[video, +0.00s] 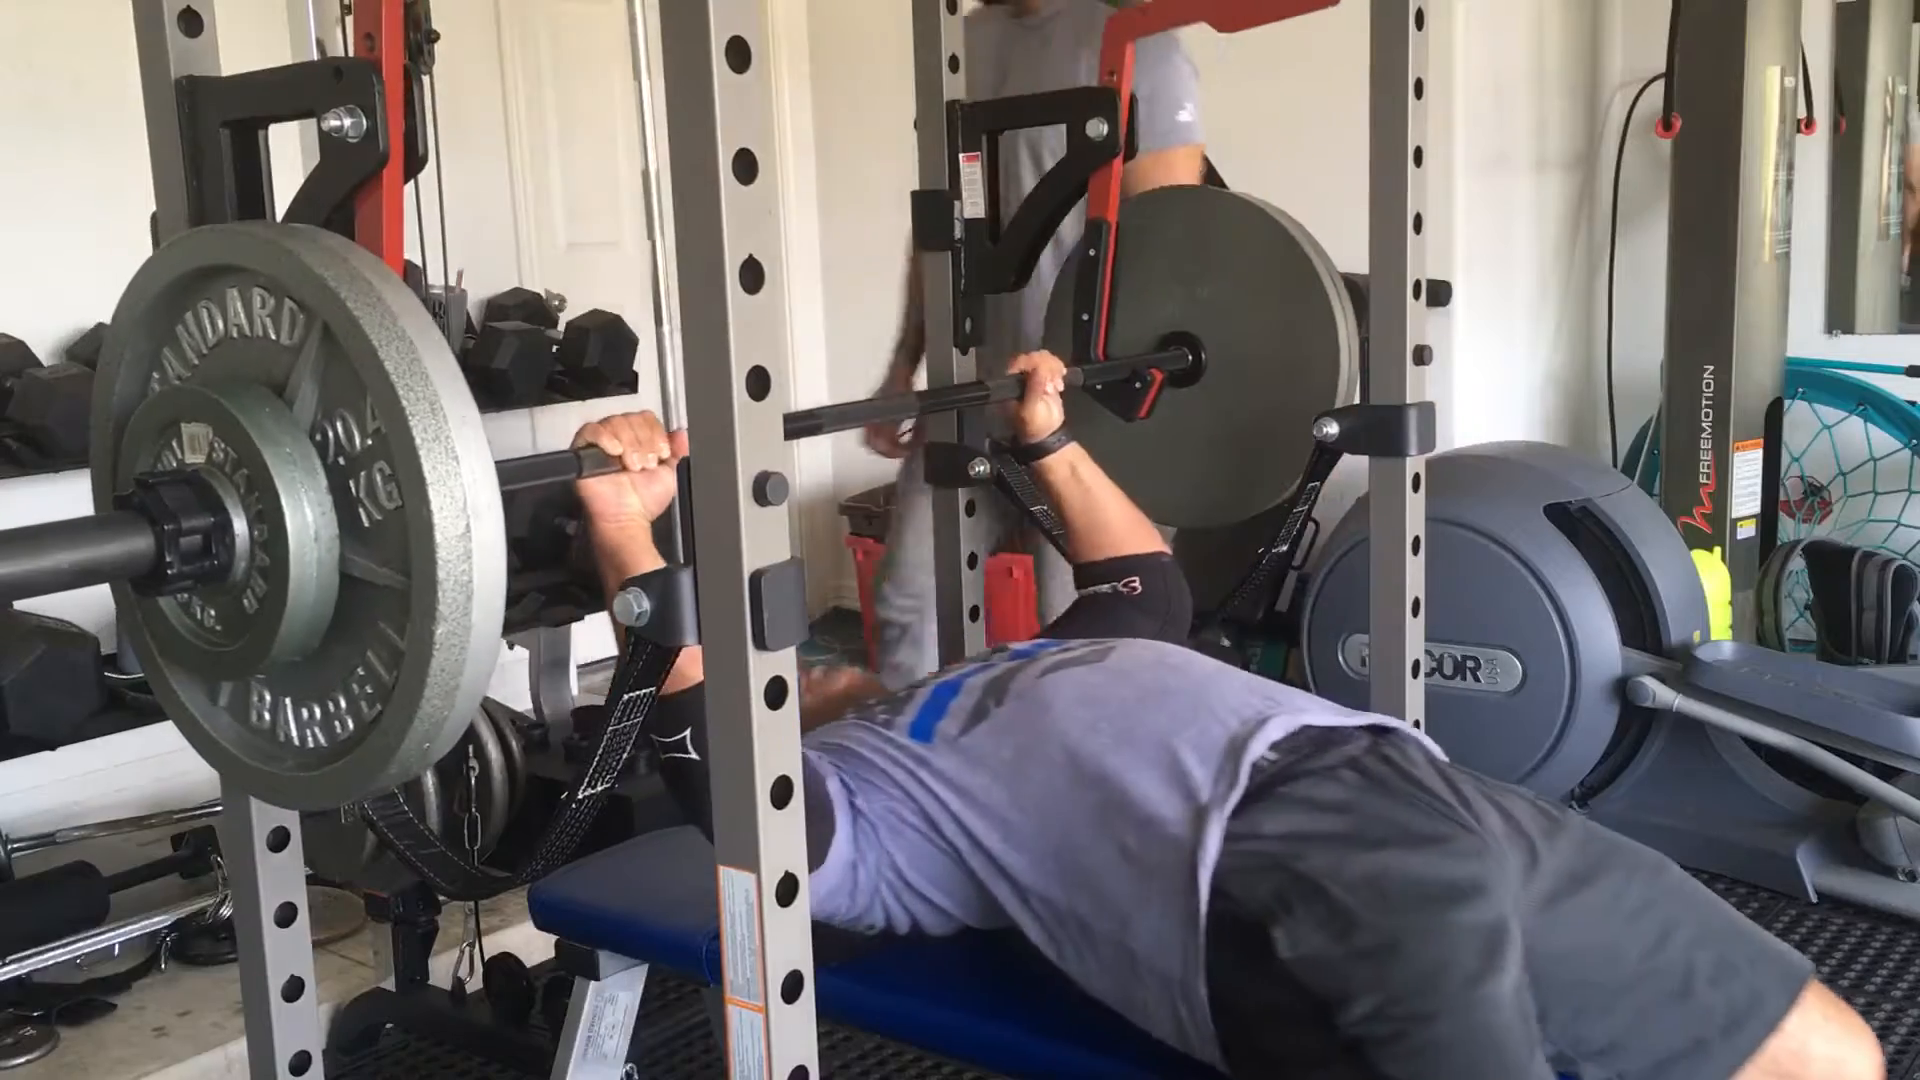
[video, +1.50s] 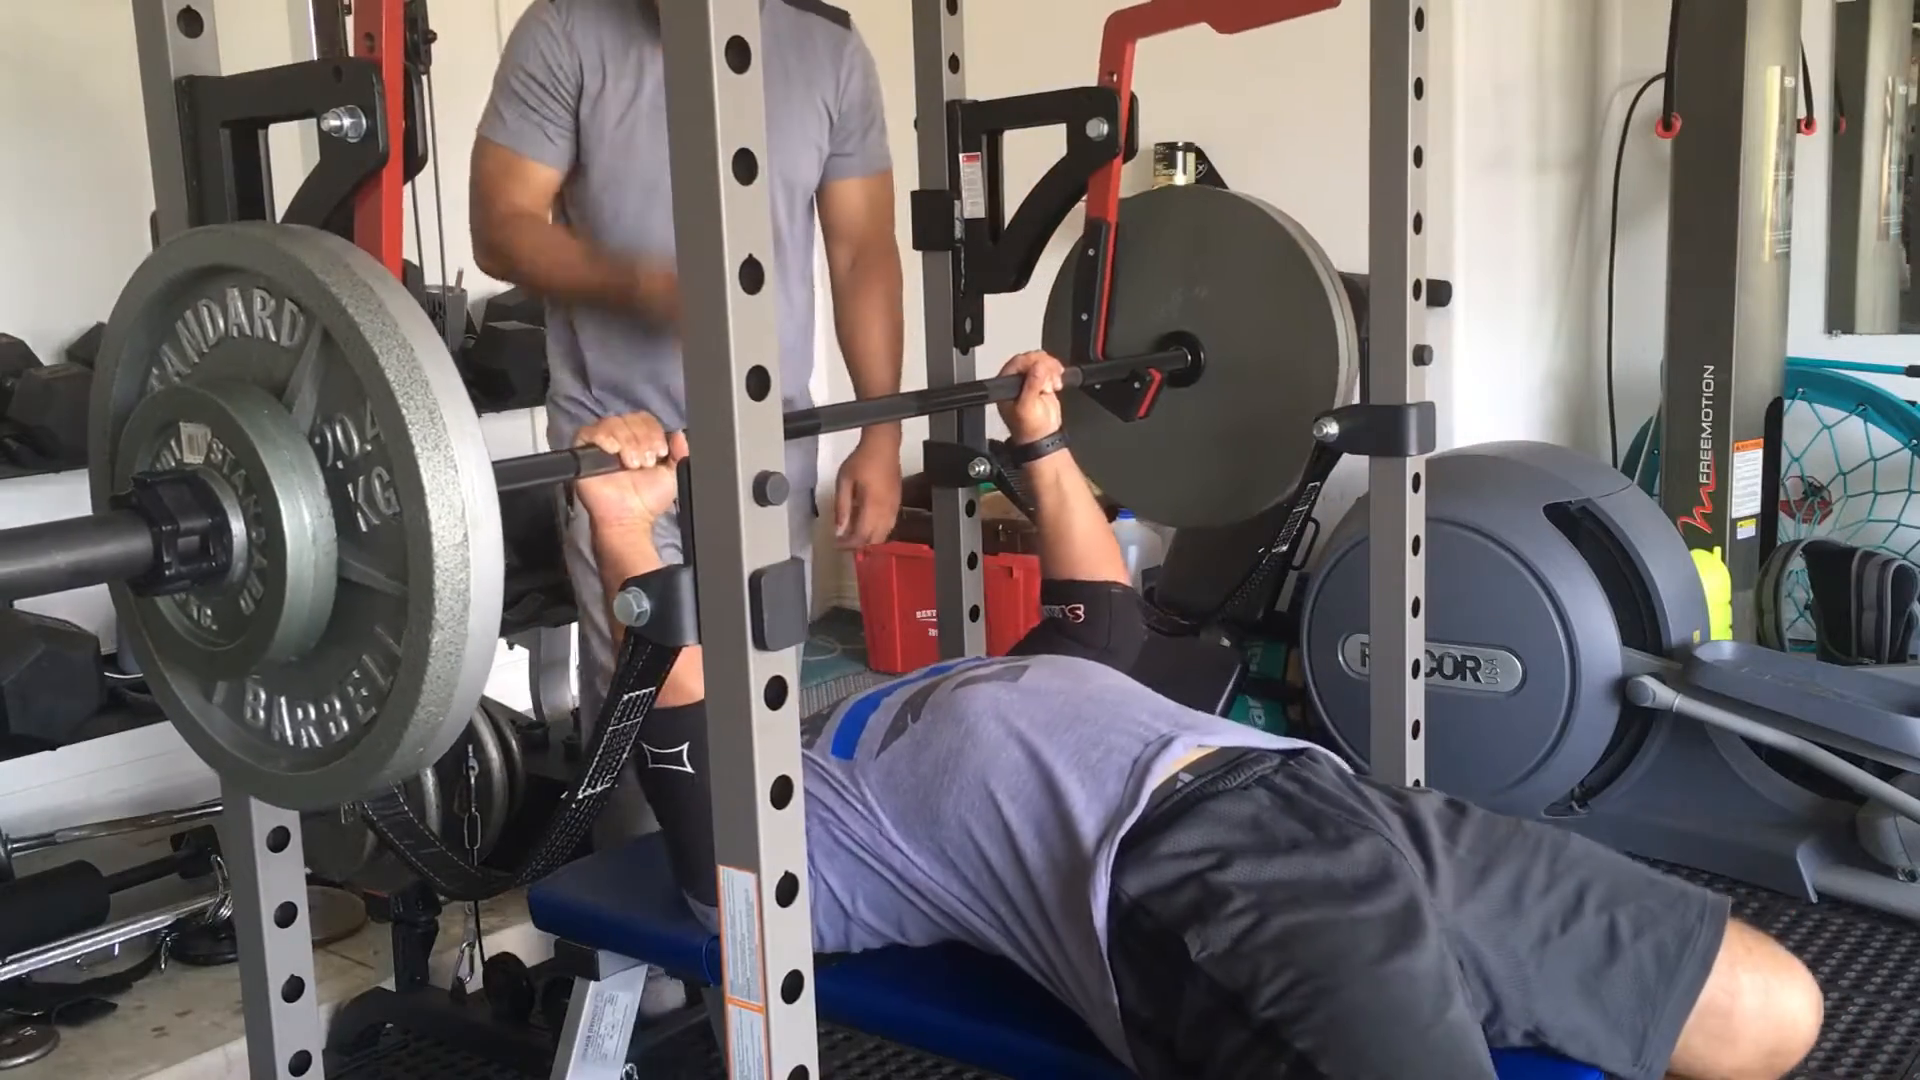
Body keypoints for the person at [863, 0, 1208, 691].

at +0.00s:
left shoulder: (1139, 44)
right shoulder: (961, 37)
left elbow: (1168, 257)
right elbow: (939, 216)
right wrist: (903, 366)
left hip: (1081, 391)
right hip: (965, 384)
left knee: (1083, 611)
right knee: (912, 600)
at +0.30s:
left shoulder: (988, 48)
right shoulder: (795, 58)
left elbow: (1042, 264)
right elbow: (774, 259)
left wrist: (1040, 413)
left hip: (943, 433)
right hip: (810, 428)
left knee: (991, 669)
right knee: (792, 669)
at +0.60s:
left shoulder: (873, 26)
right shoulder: (659, 40)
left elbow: (930, 226)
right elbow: (606, 234)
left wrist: (935, 395)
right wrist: (642, 194)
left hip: (844, 398)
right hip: (712, 409)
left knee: (813, 655)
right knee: (714, 660)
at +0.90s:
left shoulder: (838, 53)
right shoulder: (609, 41)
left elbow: (885, 258)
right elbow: (548, 233)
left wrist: (884, 437)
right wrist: (624, 104)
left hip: (793, 445)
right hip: (654, 447)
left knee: (783, 699)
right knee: (662, 702)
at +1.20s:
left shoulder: (832, 55)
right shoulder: (583, 32)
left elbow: (869, 261)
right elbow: (518, 228)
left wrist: (871, 444)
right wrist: (632, 109)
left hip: (782, 449)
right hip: (629, 448)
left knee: (767, 707)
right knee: (637, 715)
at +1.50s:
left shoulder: (830, 51)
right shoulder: (569, 31)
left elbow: (864, 252)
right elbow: (503, 229)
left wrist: (882, 429)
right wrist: (637, 284)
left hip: (772, 454)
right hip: (620, 455)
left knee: (765, 709)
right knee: (642, 715)